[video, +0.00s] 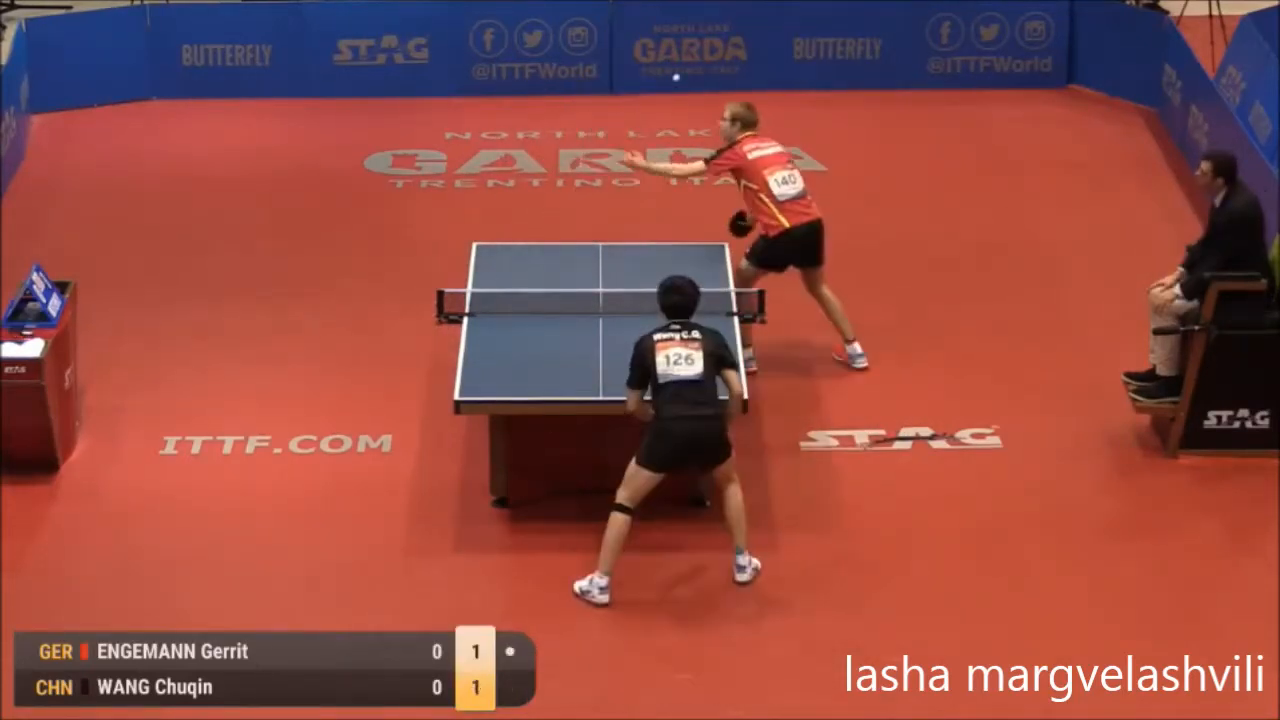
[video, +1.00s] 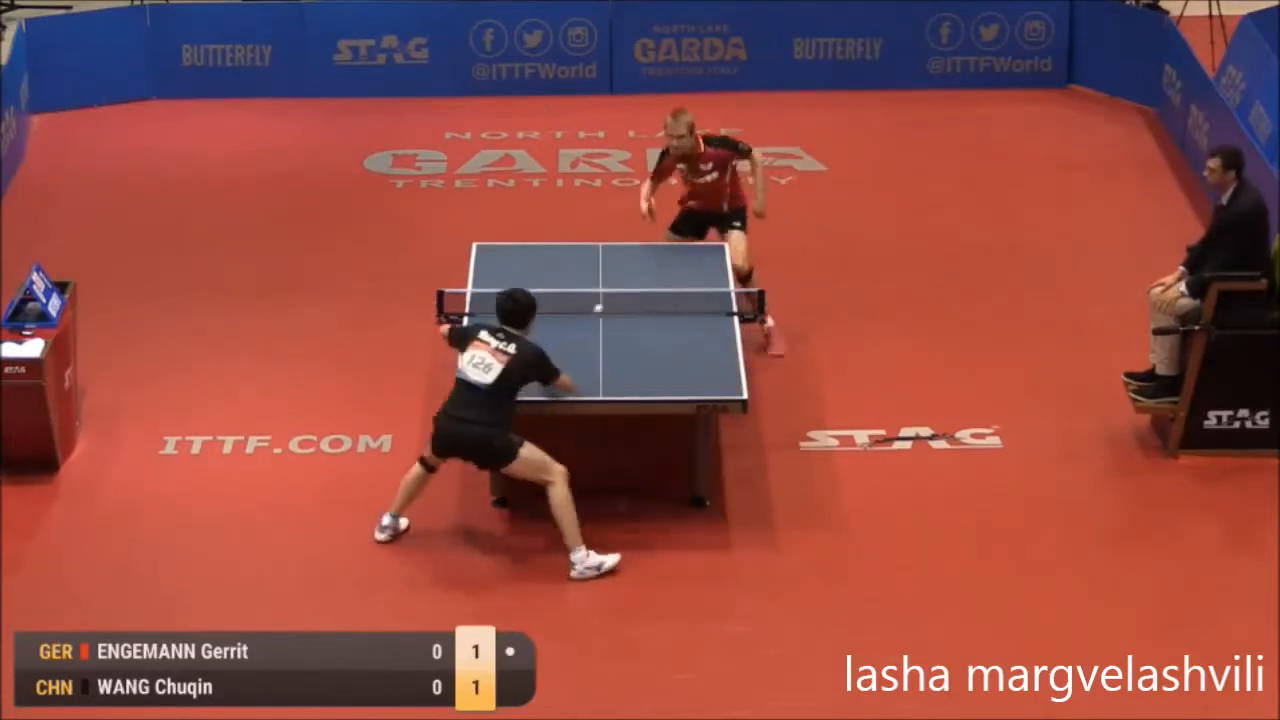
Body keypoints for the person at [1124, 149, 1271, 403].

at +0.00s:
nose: (1196, 176)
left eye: (1202, 173)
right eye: (1198, 170)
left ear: (1219, 179)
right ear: (1219, 178)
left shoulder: (1238, 209)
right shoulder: (1223, 200)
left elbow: (1219, 262)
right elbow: (1206, 245)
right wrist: (1179, 274)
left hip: (1240, 290)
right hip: (1222, 278)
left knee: (1167, 306)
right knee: (1157, 295)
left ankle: (1170, 379)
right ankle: (1160, 369)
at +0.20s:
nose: (1200, 173)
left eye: (1206, 170)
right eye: (1203, 168)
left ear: (1223, 178)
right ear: (1222, 177)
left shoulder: (1242, 207)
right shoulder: (1226, 199)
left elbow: (1224, 263)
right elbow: (1207, 244)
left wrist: (1183, 288)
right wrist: (1180, 274)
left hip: (1238, 291)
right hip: (1221, 279)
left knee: (1166, 306)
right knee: (1157, 296)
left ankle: (1169, 378)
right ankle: (1161, 369)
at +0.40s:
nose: (1203, 174)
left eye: (1209, 170)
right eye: (1205, 169)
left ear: (1227, 175)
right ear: (1223, 175)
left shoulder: (1243, 206)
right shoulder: (1227, 199)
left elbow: (1225, 262)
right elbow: (1208, 244)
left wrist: (1185, 287)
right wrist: (1180, 273)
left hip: (1237, 290)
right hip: (1221, 279)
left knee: (1166, 305)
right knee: (1156, 295)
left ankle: (1169, 378)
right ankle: (1161, 369)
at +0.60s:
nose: (1204, 174)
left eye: (1210, 170)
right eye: (1205, 169)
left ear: (1228, 175)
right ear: (1223, 175)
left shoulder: (1244, 207)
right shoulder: (1228, 200)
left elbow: (1225, 263)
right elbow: (1208, 244)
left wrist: (1184, 287)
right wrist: (1180, 274)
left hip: (1237, 291)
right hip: (1221, 279)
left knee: (1166, 305)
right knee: (1156, 296)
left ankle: (1169, 378)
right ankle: (1161, 369)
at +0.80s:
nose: (1205, 174)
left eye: (1211, 170)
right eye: (1206, 169)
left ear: (1229, 174)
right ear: (1224, 174)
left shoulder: (1245, 207)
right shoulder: (1229, 200)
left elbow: (1226, 263)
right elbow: (1208, 244)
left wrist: (1184, 288)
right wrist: (1179, 274)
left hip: (1237, 291)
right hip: (1221, 279)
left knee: (1166, 305)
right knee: (1156, 296)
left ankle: (1169, 378)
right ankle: (1160, 369)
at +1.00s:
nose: (1205, 175)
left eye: (1211, 170)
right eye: (1206, 169)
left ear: (1230, 174)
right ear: (1223, 174)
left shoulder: (1245, 207)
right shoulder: (1228, 200)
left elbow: (1226, 263)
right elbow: (1208, 244)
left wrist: (1184, 288)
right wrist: (1179, 274)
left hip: (1237, 291)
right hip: (1221, 279)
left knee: (1166, 306)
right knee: (1156, 296)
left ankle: (1169, 378)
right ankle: (1160, 369)